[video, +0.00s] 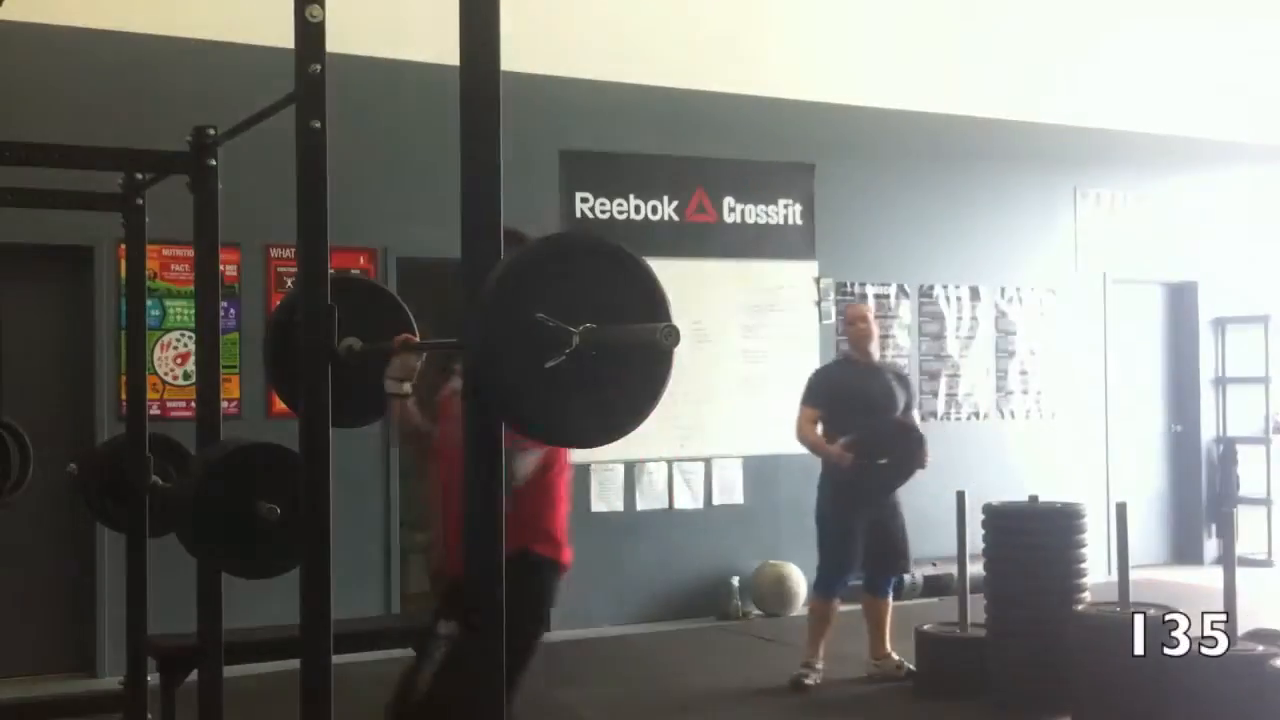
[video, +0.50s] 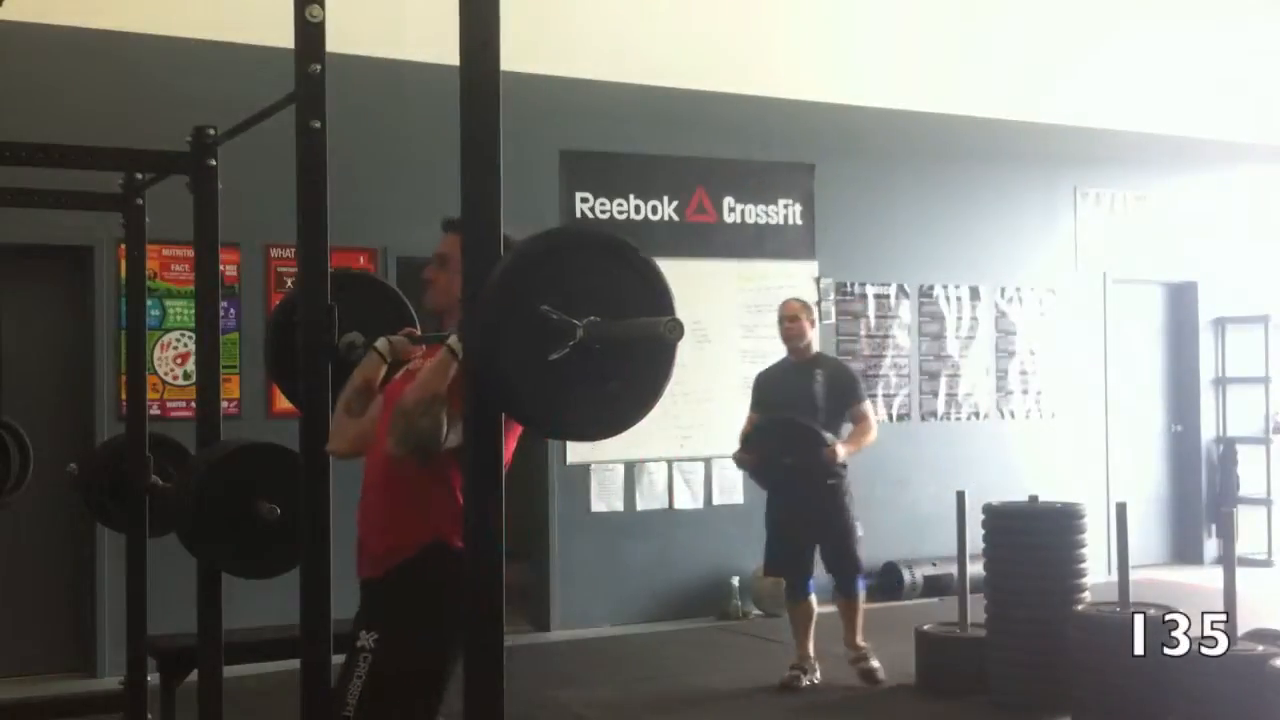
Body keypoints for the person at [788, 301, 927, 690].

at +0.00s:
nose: (861, 326)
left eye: (866, 320)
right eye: (853, 321)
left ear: (876, 326)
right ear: (844, 329)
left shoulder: (898, 379)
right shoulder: (827, 376)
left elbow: (907, 427)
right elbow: (804, 428)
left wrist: (915, 452)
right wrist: (829, 451)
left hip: (883, 485)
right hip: (841, 485)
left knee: (884, 572)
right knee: (832, 574)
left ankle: (882, 655)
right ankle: (813, 661)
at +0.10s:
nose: (841, 328)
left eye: (848, 321)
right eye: (834, 323)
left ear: (864, 326)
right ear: (828, 331)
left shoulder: (886, 378)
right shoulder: (812, 379)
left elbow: (907, 424)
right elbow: (791, 429)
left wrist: (909, 449)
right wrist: (807, 453)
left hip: (873, 487)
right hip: (829, 488)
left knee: (877, 573)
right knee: (822, 576)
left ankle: (881, 654)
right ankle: (808, 660)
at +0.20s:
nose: (825, 328)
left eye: (830, 321)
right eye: (819, 323)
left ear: (845, 327)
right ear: (812, 332)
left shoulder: (872, 376)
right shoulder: (796, 381)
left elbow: (897, 427)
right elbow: (777, 431)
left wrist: (891, 450)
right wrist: (788, 454)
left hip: (860, 489)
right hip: (814, 489)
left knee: (873, 573)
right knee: (812, 579)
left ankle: (881, 655)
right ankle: (806, 660)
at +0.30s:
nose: (810, 328)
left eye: (816, 320)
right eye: (803, 323)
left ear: (831, 326)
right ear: (798, 332)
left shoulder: (859, 376)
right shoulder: (784, 381)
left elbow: (886, 428)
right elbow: (765, 429)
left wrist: (872, 449)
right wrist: (770, 453)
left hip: (846, 486)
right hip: (800, 487)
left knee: (870, 569)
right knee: (803, 578)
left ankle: (881, 653)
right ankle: (805, 661)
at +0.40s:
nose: (798, 327)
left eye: (804, 320)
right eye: (792, 322)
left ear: (821, 323)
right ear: (787, 330)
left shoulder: (846, 372)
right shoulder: (774, 379)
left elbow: (877, 426)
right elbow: (757, 427)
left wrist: (857, 446)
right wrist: (754, 449)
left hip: (835, 482)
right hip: (790, 484)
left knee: (865, 565)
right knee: (798, 576)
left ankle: (869, 645)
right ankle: (806, 661)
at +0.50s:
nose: (789, 327)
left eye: (796, 319)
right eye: (784, 321)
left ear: (813, 324)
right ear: (778, 329)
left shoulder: (839, 374)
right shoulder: (767, 379)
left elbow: (867, 426)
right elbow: (752, 429)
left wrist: (844, 448)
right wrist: (745, 453)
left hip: (827, 484)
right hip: (784, 485)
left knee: (847, 568)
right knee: (796, 576)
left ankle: (856, 647)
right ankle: (805, 662)